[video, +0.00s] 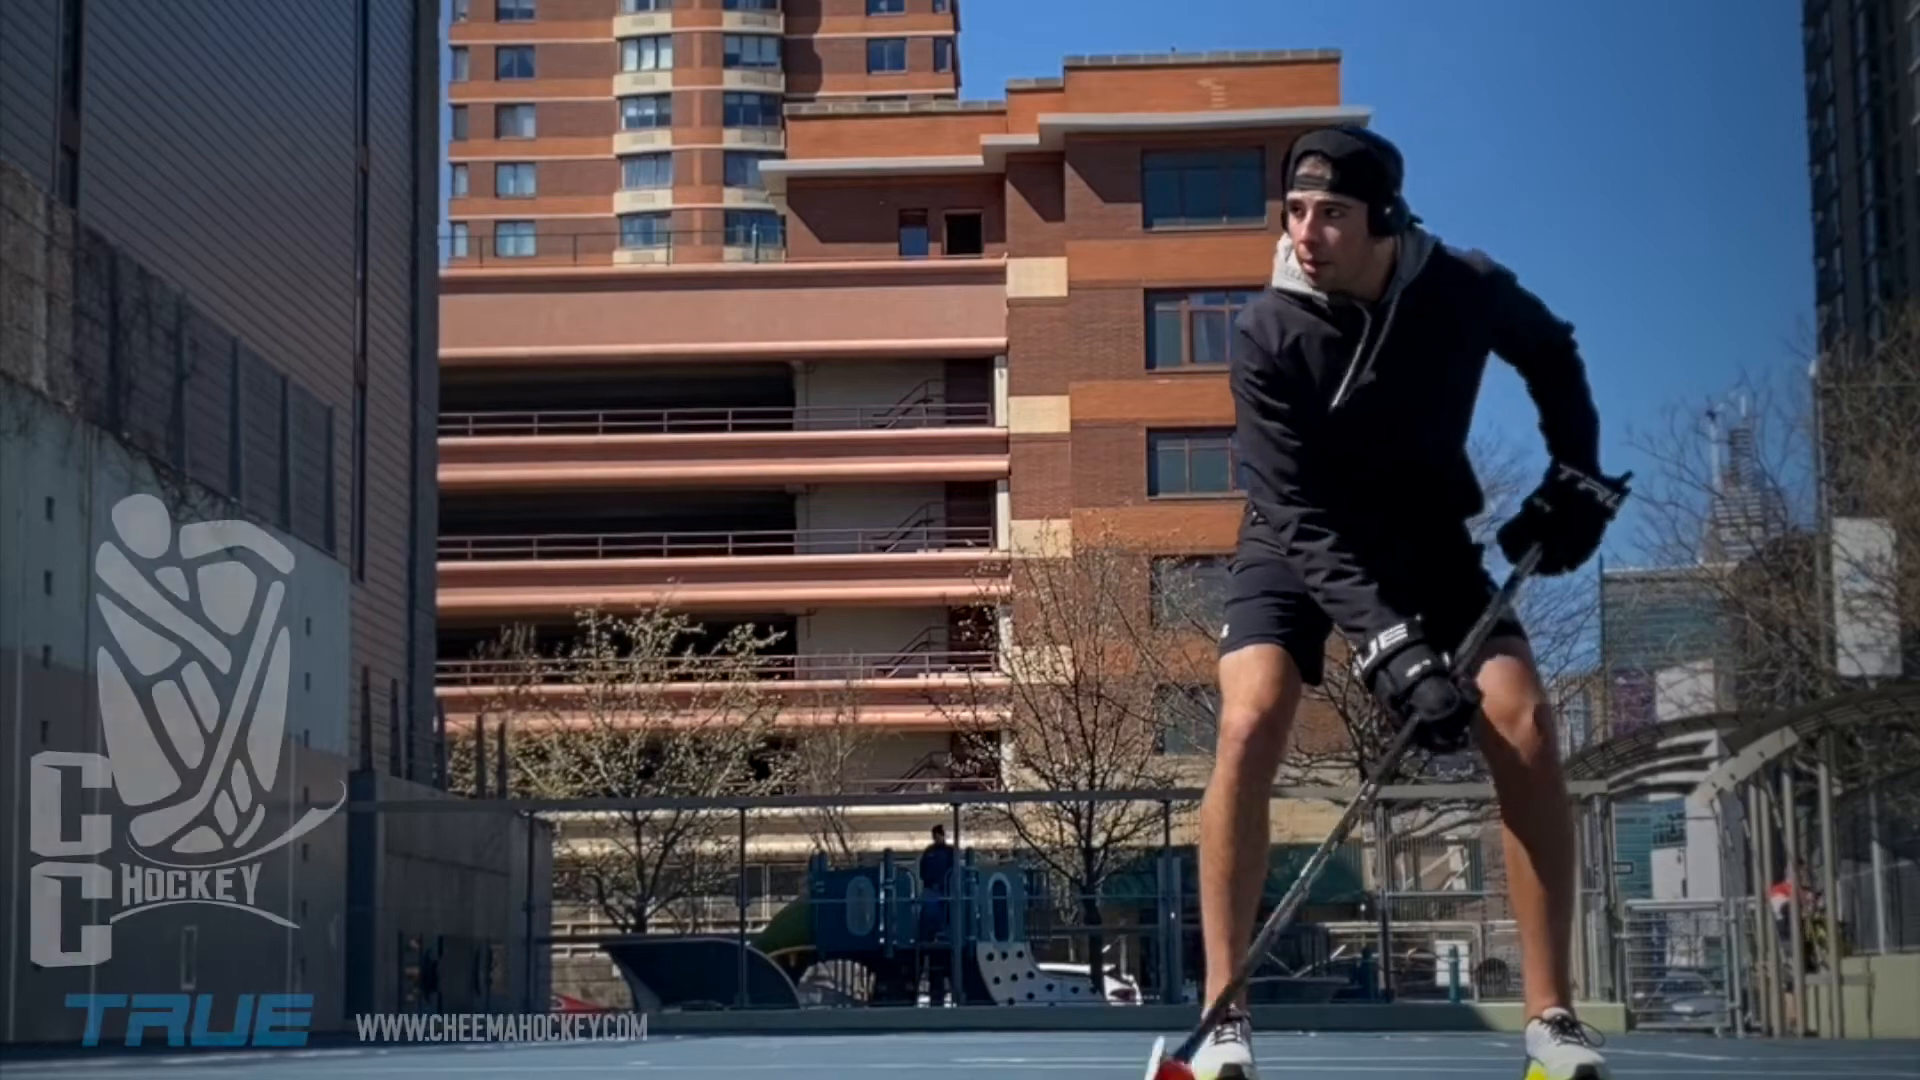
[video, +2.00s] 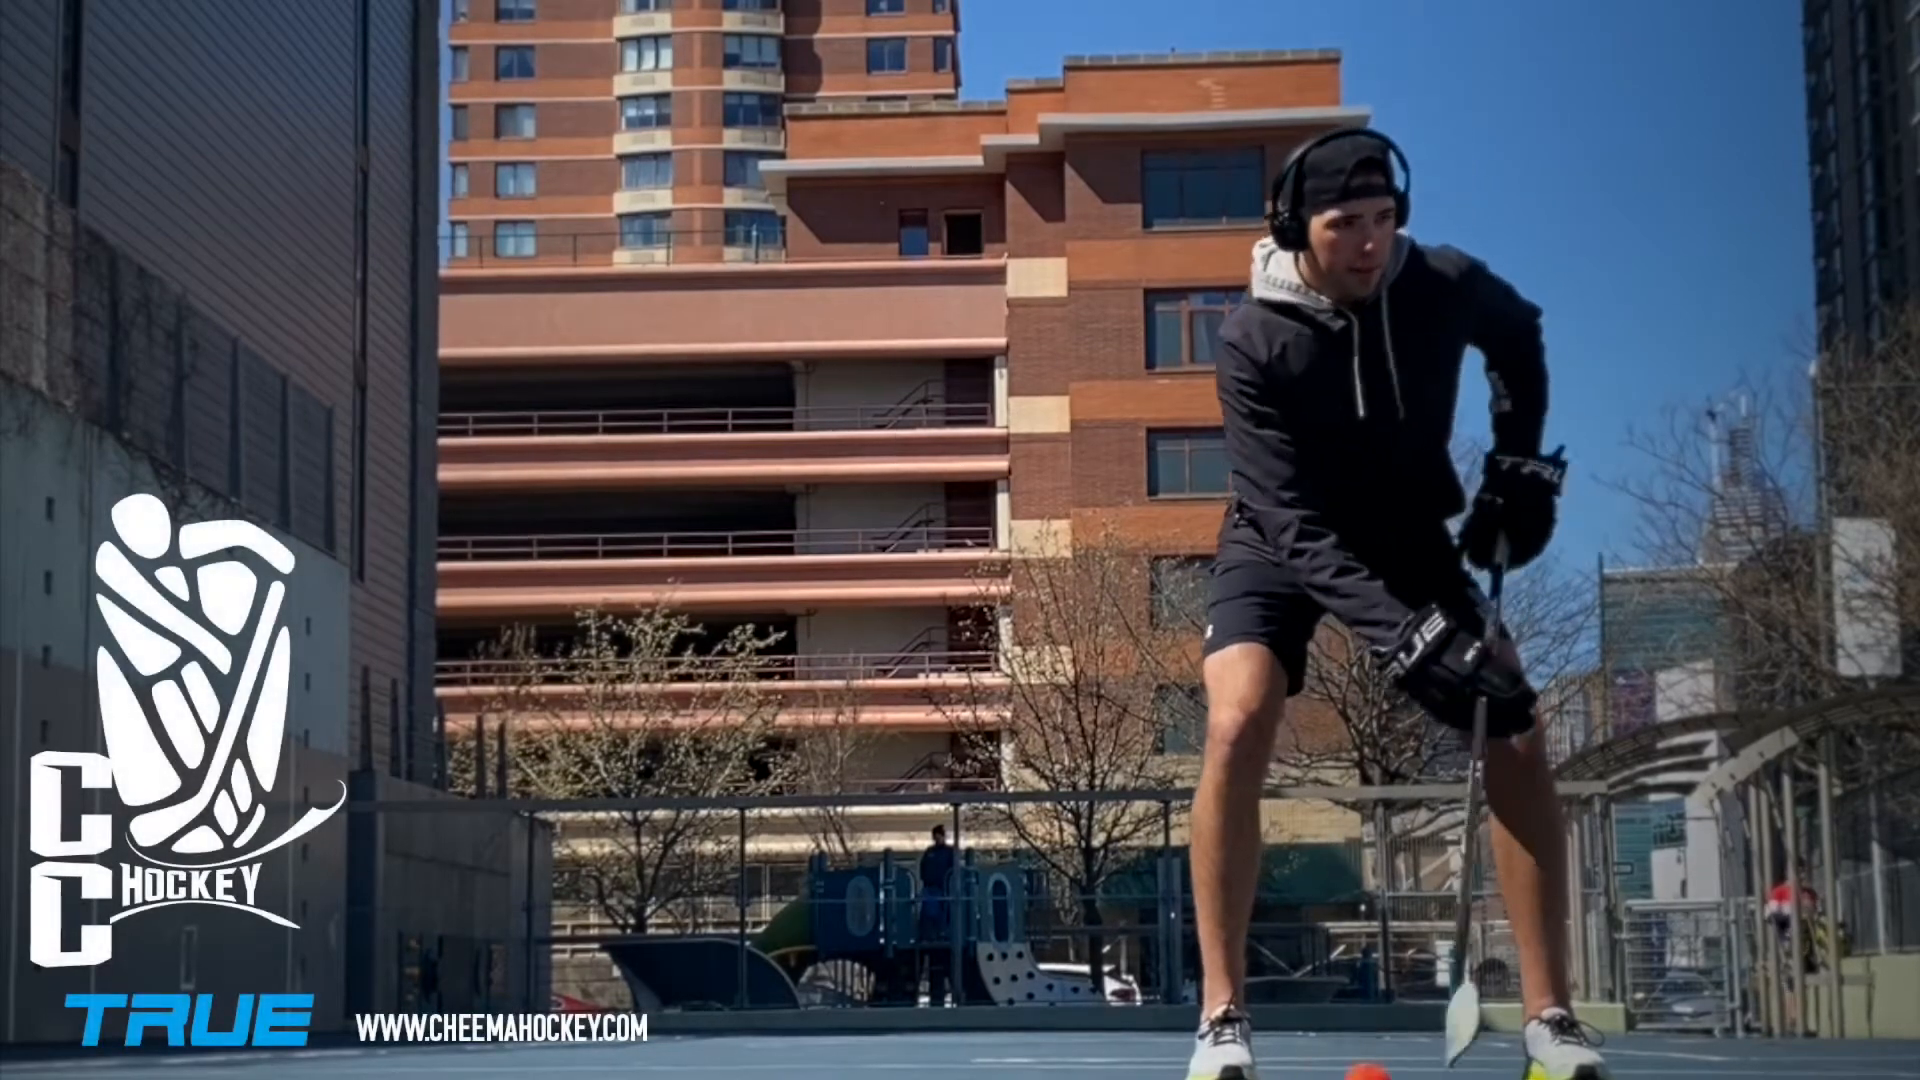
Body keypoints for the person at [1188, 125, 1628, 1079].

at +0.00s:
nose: (1306, 231)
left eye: (1329, 214)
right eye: (1296, 211)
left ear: (1382, 219)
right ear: (1285, 217)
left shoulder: (1463, 290)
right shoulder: (1271, 332)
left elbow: (1550, 355)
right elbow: (1290, 515)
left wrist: (1578, 475)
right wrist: (1385, 641)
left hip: (1430, 539)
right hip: (1298, 542)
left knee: (1527, 726)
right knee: (1250, 723)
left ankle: (1551, 1013)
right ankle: (1222, 1013)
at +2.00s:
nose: (1371, 243)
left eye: (1384, 221)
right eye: (1347, 225)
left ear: (1401, 217)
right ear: (1297, 227)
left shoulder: (1440, 283)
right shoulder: (1257, 338)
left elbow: (1518, 334)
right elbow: (1292, 524)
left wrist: (1519, 465)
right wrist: (1414, 636)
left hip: (1411, 533)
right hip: (1280, 538)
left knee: (1515, 731)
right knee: (1238, 724)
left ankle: (1550, 1014)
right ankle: (1222, 1014)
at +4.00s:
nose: (1330, 286)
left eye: (1349, 264)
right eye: (1310, 266)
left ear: (1379, 262)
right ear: (1278, 265)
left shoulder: (1432, 319)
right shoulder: (1253, 376)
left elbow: (1509, 362)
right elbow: (1294, 553)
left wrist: (1506, 474)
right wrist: (1411, 670)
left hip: (1412, 564)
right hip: (1284, 570)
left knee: (1523, 742)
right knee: (1230, 726)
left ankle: (1549, 1016)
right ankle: (1219, 1015)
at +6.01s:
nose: (1336, 252)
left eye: (1357, 231)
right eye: (1316, 232)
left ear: (1394, 229)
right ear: (1288, 235)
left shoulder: (1448, 285)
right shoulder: (1265, 339)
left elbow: (1524, 337)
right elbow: (1305, 521)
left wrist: (1523, 456)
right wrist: (1411, 650)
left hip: (1418, 533)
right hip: (1286, 538)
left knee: (1523, 730)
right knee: (1238, 725)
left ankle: (1551, 1015)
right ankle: (1220, 1014)